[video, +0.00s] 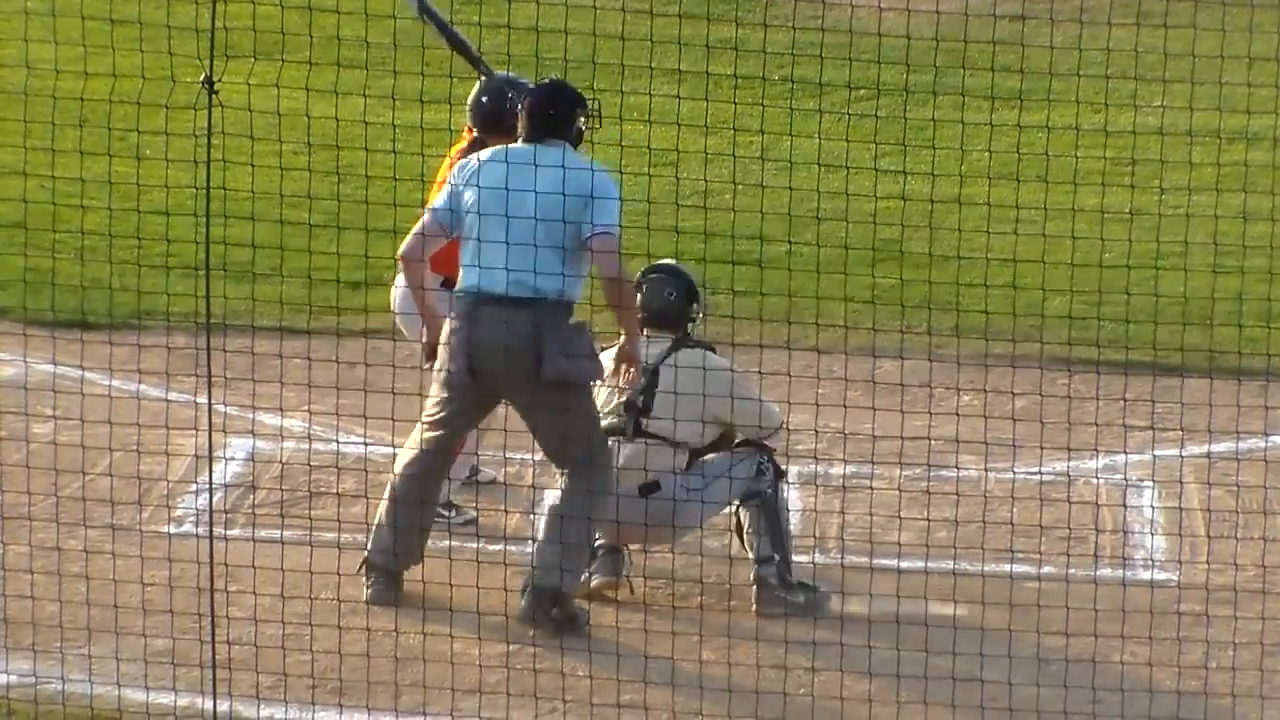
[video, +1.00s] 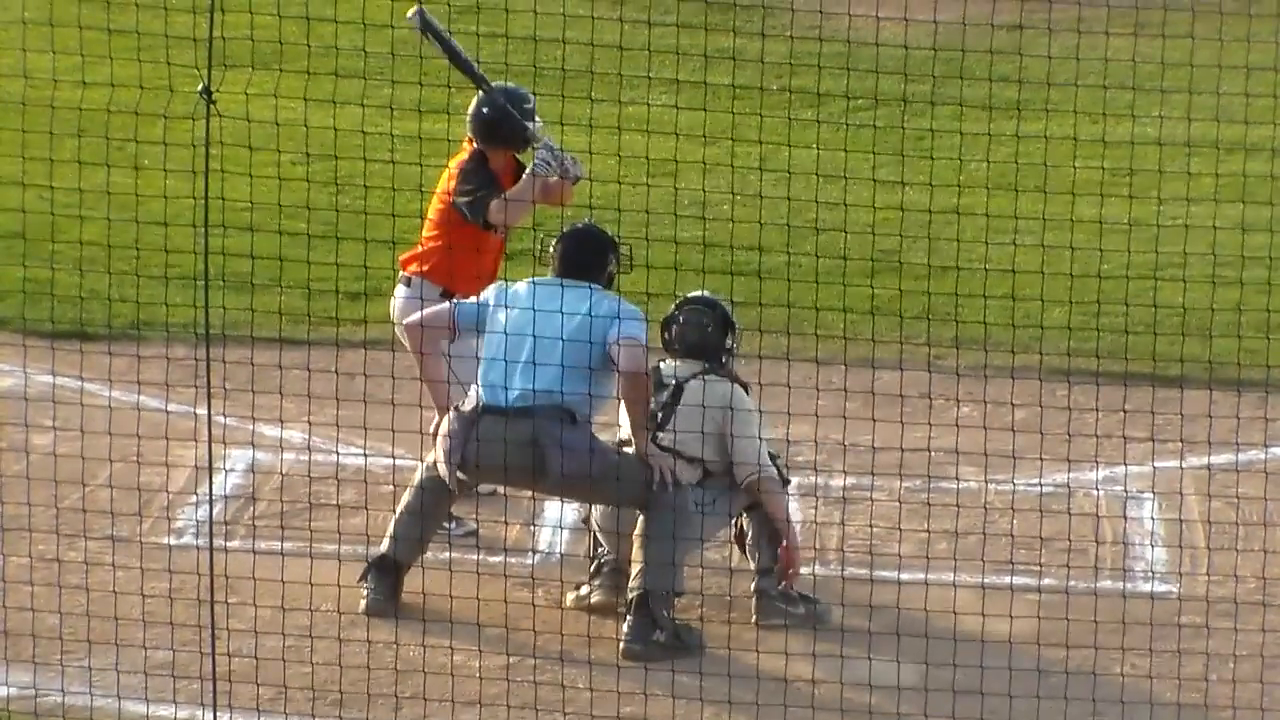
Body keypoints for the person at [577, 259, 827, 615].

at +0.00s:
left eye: (637, 299)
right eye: (691, 306)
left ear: (636, 310)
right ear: (687, 315)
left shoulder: (604, 361)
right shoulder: (703, 365)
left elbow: (593, 429)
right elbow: (769, 428)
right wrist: (701, 450)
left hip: (594, 504)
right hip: (660, 510)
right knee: (759, 464)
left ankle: (605, 561)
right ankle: (775, 584)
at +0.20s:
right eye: (716, 312)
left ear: (661, 318)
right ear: (713, 320)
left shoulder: (632, 360)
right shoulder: (727, 368)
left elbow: (598, 414)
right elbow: (788, 428)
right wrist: (730, 443)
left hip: (618, 500)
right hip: (685, 505)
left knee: (604, 451)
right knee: (775, 461)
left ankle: (601, 568)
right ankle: (776, 581)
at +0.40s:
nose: (736, 328)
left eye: (733, 319)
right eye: (734, 320)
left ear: (678, 322)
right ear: (728, 327)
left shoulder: (644, 365)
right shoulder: (739, 376)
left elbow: (623, 426)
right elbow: (802, 435)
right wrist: (746, 444)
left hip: (632, 504)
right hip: (694, 509)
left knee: (624, 450)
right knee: (781, 462)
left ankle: (607, 569)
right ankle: (778, 582)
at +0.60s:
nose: (739, 331)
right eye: (736, 324)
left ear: (679, 326)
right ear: (731, 331)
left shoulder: (649, 370)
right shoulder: (741, 383)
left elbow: (630, 430)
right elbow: (808, 449)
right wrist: (821, 464)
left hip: (634, 506)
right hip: (694, 510)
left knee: (626, 454)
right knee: (778, 471)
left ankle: (605, 569)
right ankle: (776, 585)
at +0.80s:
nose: (734, 336)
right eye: (731, 330)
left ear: (674, 332)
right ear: (726, 335)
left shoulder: (645, 375)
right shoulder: (733, 388)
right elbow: (783, 461)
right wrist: (823, 513)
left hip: (623, 514)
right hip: (679, 521)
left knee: (615, 452)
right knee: (768, 471)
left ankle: (605, 571)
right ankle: (775, 587)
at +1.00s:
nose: (731, 344)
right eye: (727, 337)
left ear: (669, 339)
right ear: (721, 343)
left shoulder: (642, 381)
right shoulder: (729, 394)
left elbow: (617, 446)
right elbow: (754, 471)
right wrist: (788, 536)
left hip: (627, 506)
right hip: (686, 512)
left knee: (615, 464)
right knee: (769, 470)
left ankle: (605, 576)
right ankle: (774, 592)